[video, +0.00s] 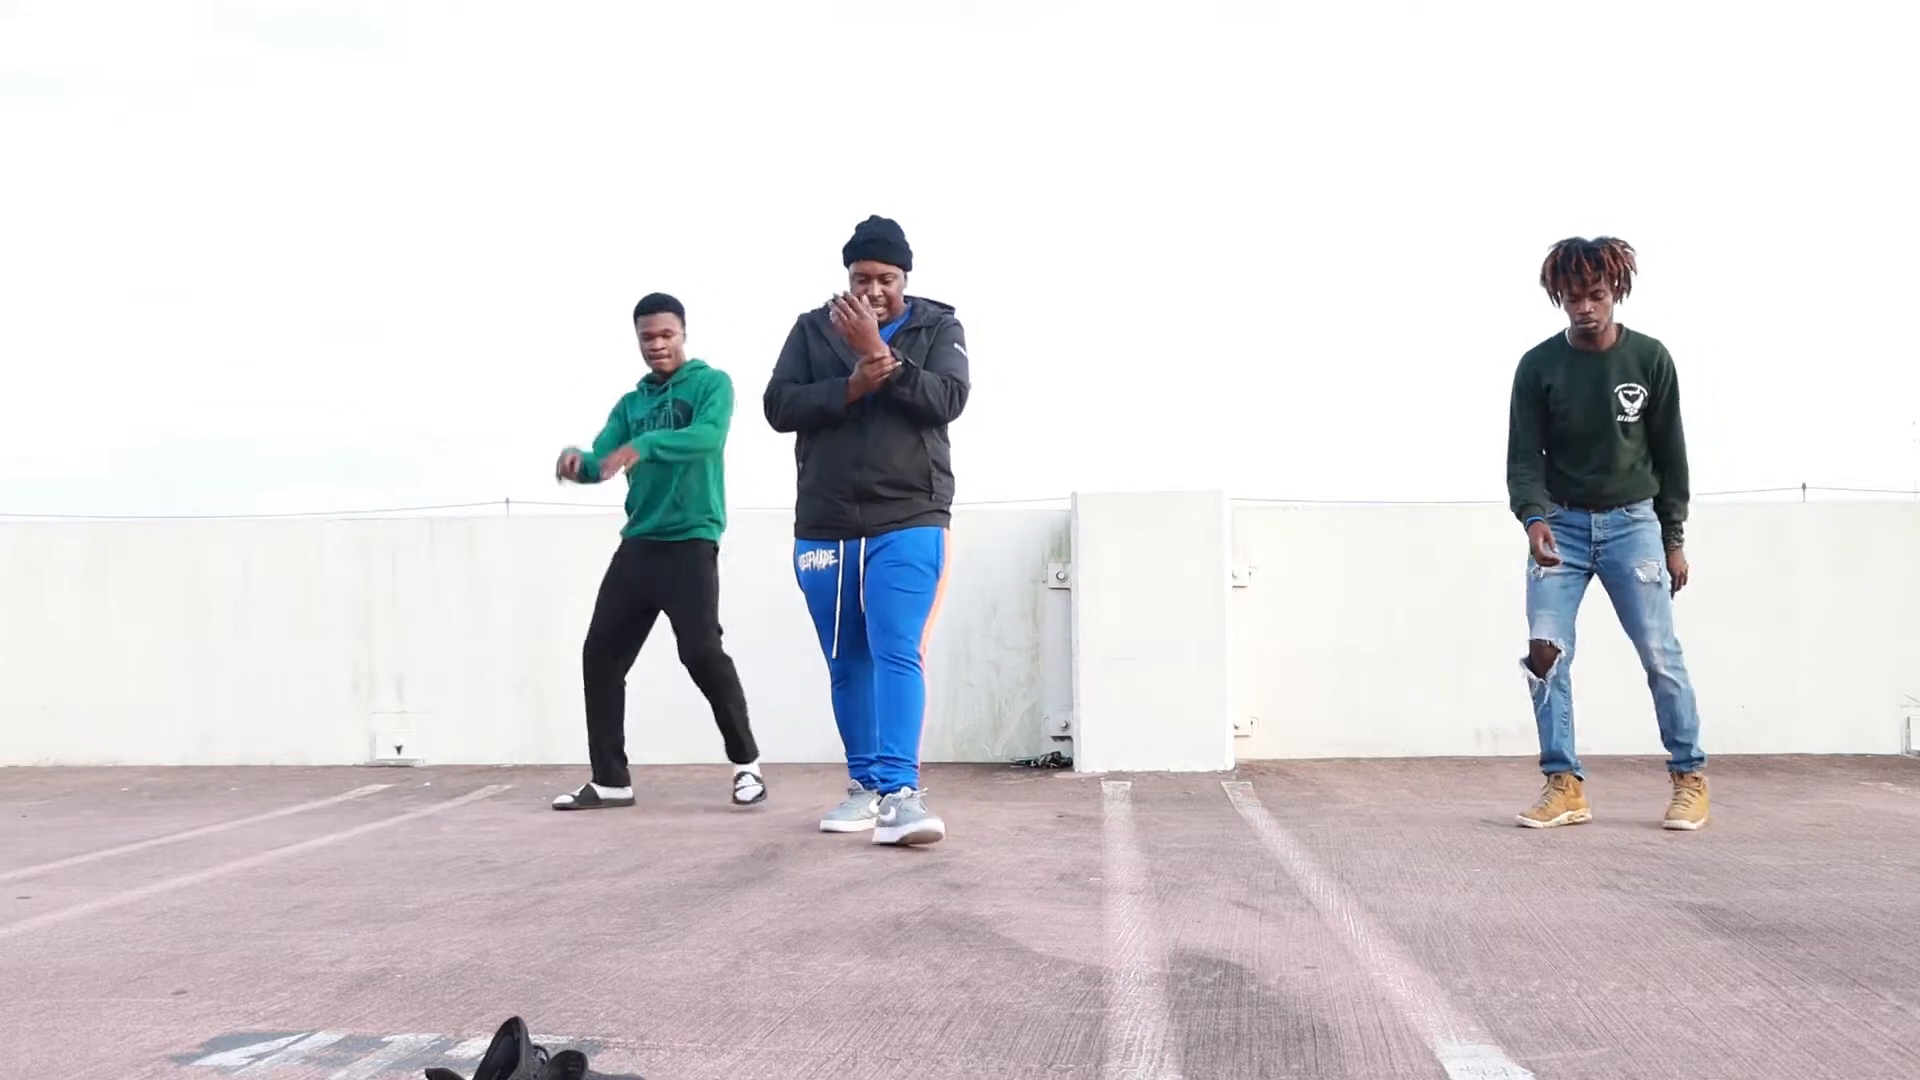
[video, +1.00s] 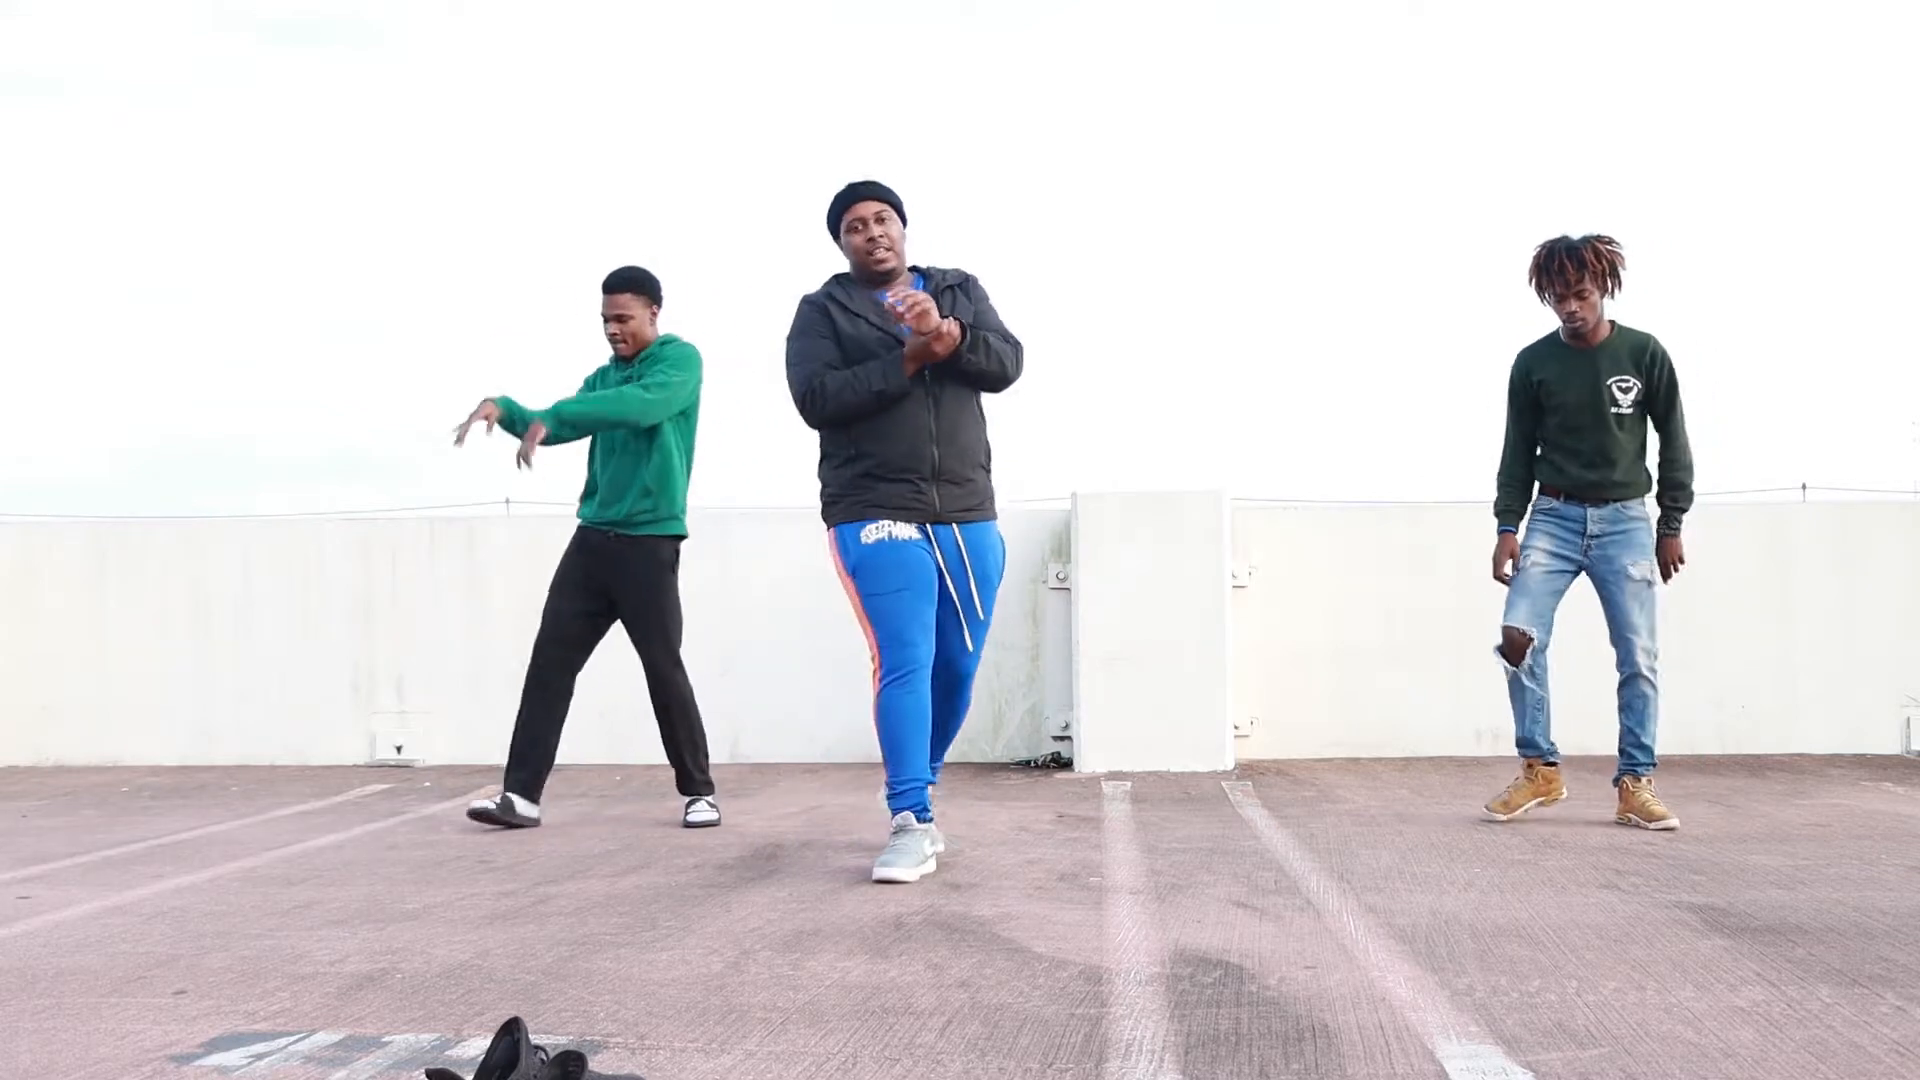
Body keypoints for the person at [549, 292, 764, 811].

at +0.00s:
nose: (658, 345)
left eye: (666, 336)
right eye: (648, 338)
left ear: (685, 336)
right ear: (639, 343)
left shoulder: (710, 382)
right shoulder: (631, 405)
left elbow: (709, 437)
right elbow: (603, 465)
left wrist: (642, 447)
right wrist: (577, 463)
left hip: (691, 545)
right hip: (637, 548)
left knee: (700, 652)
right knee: (601, 656)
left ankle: (747, 766)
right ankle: (611, 781)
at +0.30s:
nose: (649, 344)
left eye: (657, 334)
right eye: (638, 337)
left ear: (672, 333)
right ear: (624, 340)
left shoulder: (698, 383)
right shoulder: (607, 381)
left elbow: (719, 411)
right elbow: (602, 406)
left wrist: (729, 433)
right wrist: (642, 412)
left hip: (676, 549)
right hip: (613, 549)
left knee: (687, 660)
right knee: (592, 665)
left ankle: (700, 788)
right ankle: (608, 780)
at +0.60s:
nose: (667, 325)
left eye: (677, 314)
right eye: (659, 316)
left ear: (700, 313)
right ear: (649, 318)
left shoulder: (719, 368)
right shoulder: (634, 359)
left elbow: (738, 416)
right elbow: (590, 381)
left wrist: (729, 383)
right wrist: (625, 359)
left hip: (673, 536)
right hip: (617, 530)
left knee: (677, 655)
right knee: (582, 647)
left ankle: (698, 791)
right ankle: (601, 770)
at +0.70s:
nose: (662, 312)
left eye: (674, 303)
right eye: (655, 303)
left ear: (699, 308)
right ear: (647, 308)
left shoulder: (722, 360)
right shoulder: (632, 357)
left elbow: (713, 395)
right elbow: (586, 379)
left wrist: (684, 336)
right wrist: (587, 335)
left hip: (673, 532)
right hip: (617, 525)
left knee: (679, 656)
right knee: (577, 643)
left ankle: (699, 791)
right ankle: (579, 776)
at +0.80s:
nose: (648, 319)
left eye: (659, 308)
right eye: (643, 310)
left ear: (691, 304)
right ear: (640, 311)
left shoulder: (715, 356)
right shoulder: (632, 359)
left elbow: (687, 389)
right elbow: (577, 388)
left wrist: (625, 327)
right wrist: (553, 332)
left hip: (668, 535)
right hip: (613, 529)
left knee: (676, 659)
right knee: (574, 647)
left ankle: (700, 792)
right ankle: (552, 780)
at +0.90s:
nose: (633, 321)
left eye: (644, 310)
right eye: (628, 311)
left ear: (676, 308)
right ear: (624, 312)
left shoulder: (700, 355)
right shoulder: (623, 368)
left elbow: (664, 393)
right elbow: (567, 407)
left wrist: (574, 361)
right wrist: (522, 369)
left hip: (661, 538)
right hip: (606, 534)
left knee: (672, 661)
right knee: (567, 655)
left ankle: (699, 792)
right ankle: (528, 786)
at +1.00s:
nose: (614, 329)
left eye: (625, 318)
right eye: (608, 318)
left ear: (655, 313)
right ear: (604, 318)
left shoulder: (680, 359)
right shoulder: (604, 376)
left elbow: (644, 408)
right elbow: (558, 428)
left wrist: (555, 421)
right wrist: (505, 409)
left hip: (649, 544)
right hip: (591, 541)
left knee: (663, 666)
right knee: (551, 661)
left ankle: (698, 793)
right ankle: (521, 796)